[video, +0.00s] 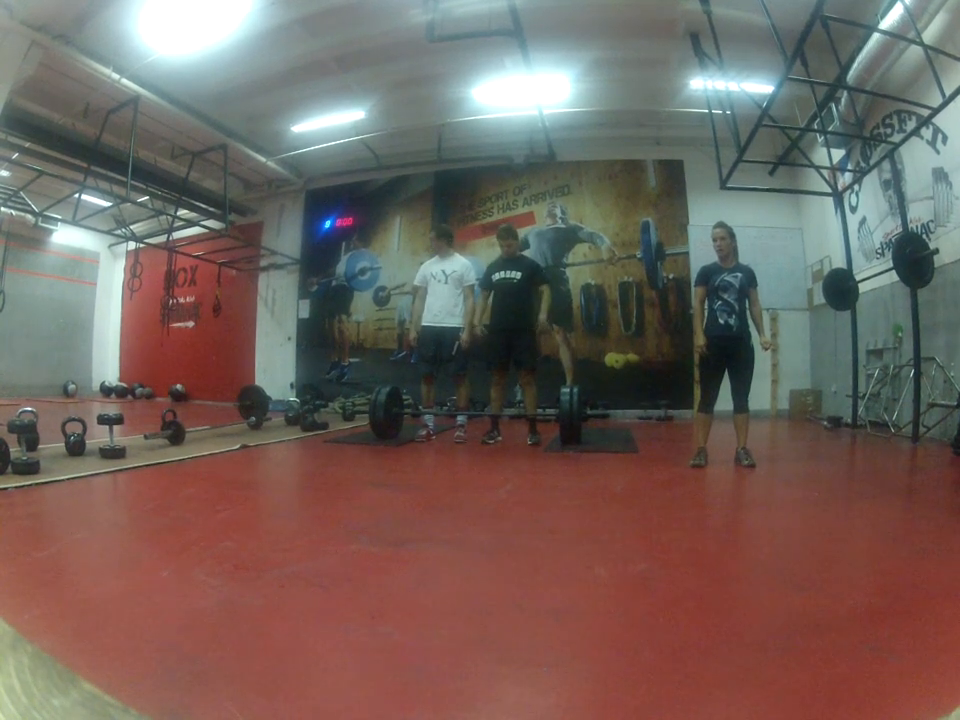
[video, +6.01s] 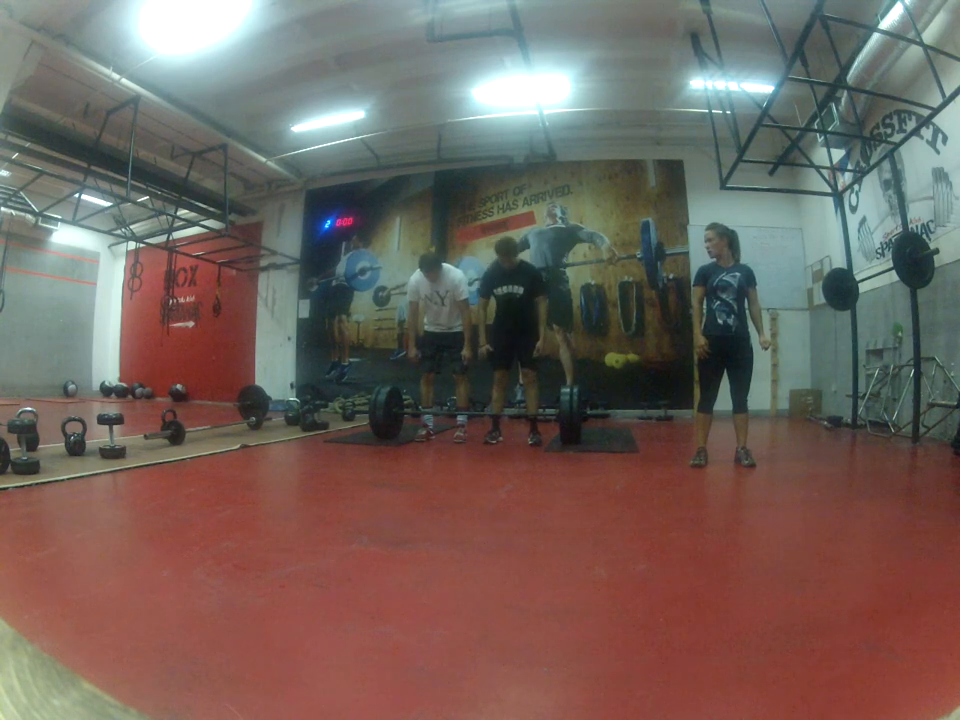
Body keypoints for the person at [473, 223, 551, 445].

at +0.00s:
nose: (508, 249)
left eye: (511, 245)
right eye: (504, 245)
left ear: (518, 243)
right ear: (498, 245)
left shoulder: (531, 266)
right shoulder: (493, 267)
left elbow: (545, 291)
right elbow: (484, 297)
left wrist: (542, 317)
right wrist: (477, 323)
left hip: (525, 329)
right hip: (498, 330)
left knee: (527, 378)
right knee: (498, 378)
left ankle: (532, 428)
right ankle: (494, 428)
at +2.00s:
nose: (505, 248)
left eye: (508, 243)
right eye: (501, 244)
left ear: (515, 242)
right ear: (496, 244)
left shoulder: (530, 265)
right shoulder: (491, 267)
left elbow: (542, 294)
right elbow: (484, 299)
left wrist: (540, 325)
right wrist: (481, 327)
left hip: (525, 330)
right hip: (499, 329)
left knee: (528, 377)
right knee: (497, 378)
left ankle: (533, 429)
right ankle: (494, 428)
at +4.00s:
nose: (506, 246)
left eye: (510, 242)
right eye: (505, 242)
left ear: (520, 240)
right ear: (503, 241)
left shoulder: (535, 263)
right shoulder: (498, 262)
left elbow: (548, 291)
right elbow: (489, 292)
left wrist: (548, 316)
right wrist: (483, 314)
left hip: (528, 327)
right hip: (503, 327)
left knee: (530, 378)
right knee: (499, 377)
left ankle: (533, 429)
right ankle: (495, 428)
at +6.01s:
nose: (507, 263)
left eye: (510, 259)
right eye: (503, 259)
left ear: (517, 254)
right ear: (497, 256)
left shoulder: (530, 272)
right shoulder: (492, 272)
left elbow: (542, 304)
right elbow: (482, 306)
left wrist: (542, 337)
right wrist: (482, 341)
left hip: (527, 333)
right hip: (502, 334)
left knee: (530, 378)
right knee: (500, 379)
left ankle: (533, 429)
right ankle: (495, 428)